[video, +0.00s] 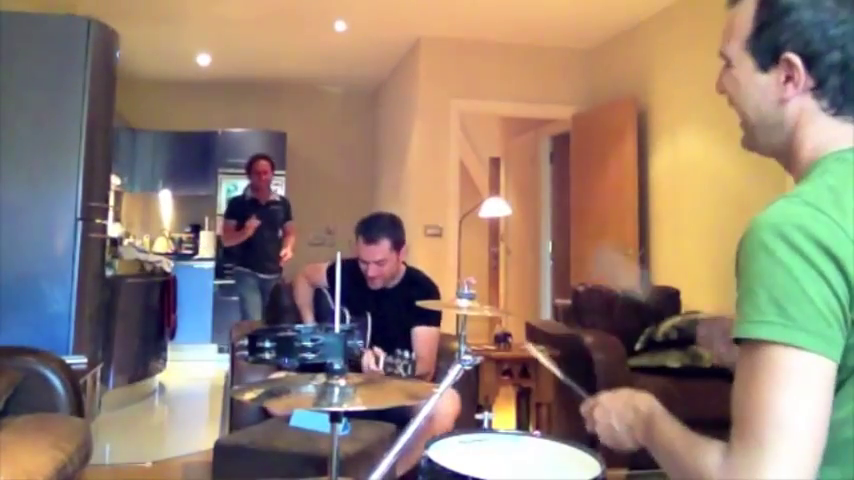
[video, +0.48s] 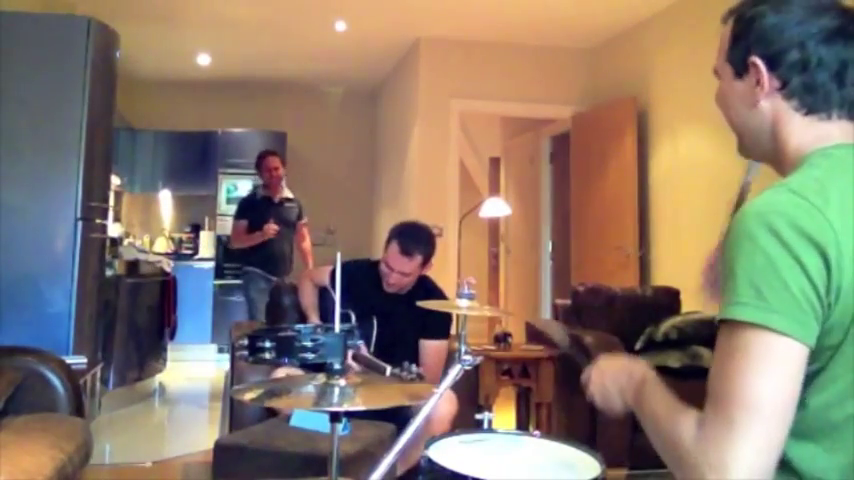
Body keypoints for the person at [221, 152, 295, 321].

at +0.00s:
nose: (262, 178)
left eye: (266, 173)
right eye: (257, 173)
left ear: (272, 175)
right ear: (249, 176)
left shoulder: (281, 204)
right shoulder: (237, 203)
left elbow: (289, 230)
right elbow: (226, 239)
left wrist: (287, 248)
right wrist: (245, 233)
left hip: (273, 271)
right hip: (246, 270)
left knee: (274, 322)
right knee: (254, 323)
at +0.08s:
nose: (264, 178)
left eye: (267, 173)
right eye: (259, 173)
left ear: (274, 175)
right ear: (251, 176)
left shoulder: (283, 204)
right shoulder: (240, 204)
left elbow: (291, 232)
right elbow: (229, 239)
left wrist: (290, 250)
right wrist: (251, 232)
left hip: (275, 272)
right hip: (248, 270)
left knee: (275, 324)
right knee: (255, 323)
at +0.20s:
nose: (268, 180)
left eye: (271, 175)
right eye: (263, 176)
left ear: (277, 176)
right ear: (254, 178)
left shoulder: (286, 204)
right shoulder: (244, 204)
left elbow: (293, 235)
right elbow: (232, 242)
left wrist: (295, 258)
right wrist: (255, 235)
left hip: (281, 275)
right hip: (253, 273)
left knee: (282, 326)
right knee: (259, 325)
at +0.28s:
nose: (269, 179)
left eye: (273, 174)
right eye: (264, 175)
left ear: (279, 175)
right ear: (255, 178)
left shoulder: (288, 206)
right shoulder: (245, 206)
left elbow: (295, 237)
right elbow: (233, 243)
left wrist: (299, 265)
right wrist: (257, 238)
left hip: (283, 276)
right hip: (255, 275)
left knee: (285, 327)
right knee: (260, 326)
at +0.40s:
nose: (272, 175)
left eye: (275, 170)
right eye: (267, 171)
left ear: (282, 172)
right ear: (258, 175)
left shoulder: (291, 204)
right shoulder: (248, 204)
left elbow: (300, 238)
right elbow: (234, 242)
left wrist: (305, 270)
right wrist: (260, 237)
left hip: (284, 275)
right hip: (256, 273)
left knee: (284, 326)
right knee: (260, 325)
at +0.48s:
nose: (274, 174)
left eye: (277, 169)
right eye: (268, 170)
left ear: (284, 170)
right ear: (260, 174)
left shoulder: (293, 203)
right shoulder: (250, 202)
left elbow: (303, 238)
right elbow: (236, 241)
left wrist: (309, 268)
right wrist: (262, 235)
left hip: (284, 276)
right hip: (256, 274)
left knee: (283, 327)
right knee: (260, 326)